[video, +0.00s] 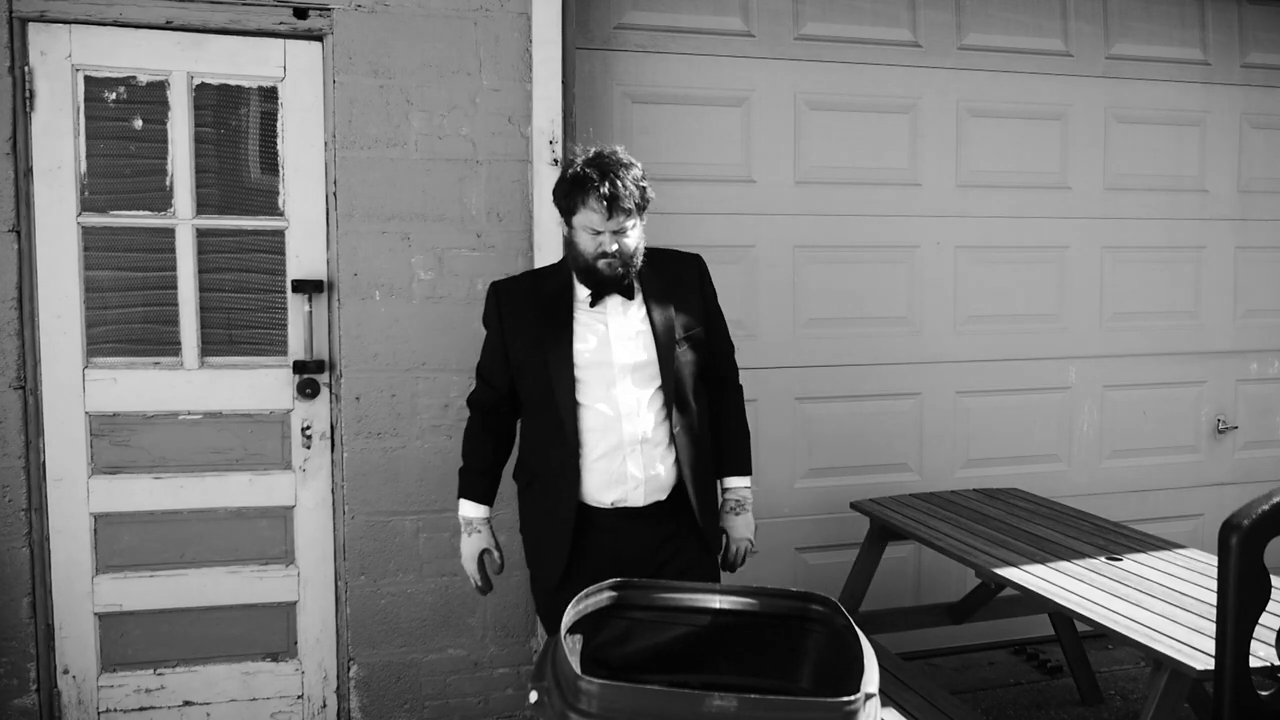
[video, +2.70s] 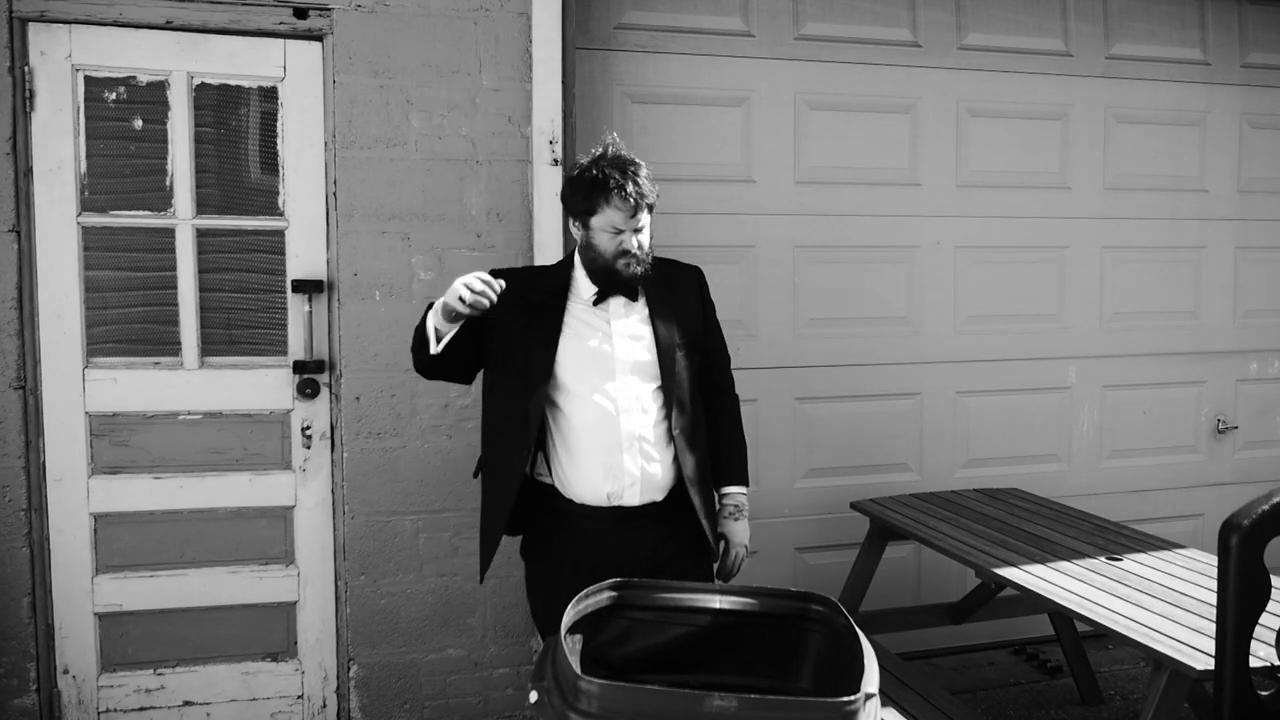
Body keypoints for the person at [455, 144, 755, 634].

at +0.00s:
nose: (610, 246)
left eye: (624, 230)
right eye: (593, 232)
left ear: (643, 222)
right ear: (567, 227)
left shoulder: (684, 279)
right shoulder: (517, 302)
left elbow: (722, 387)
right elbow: (492, 410)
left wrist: (738, 498)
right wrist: (474, 518)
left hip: (677, 528)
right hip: (573, 535)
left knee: (682, 692)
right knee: (586, 700)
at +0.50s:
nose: (613, 243)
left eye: (625, 228)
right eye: (597, 229)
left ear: (642, 223)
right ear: (568, 223)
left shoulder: (683, 287)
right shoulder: (518, 306)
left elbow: (721, 394)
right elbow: (485, 404)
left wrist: (738, 500)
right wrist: (470, 483)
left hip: (675, 529)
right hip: (570, 536)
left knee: (680, 696)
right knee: (585, 703)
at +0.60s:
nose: (611, 245)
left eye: (624, 229)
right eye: (595, 231)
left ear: (642, 221)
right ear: (568, 225)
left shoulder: (683, 287)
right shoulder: (518, 305)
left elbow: (722, 395)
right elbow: (466, 387)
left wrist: (737, 502)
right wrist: (459, 401)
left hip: (674, 527)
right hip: (570, 535)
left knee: (683, 693)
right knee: (585, 696)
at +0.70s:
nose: (609, 247)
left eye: (621, 231)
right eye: (592, 234)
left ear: (639, 223)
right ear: (565, 229)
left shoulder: (682, 287)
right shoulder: (523, 298)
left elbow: (720, 393)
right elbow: (452, 370)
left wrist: (737, 501)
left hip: (672, 525)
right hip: (569, 533)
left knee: (678, 690)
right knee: (581, 691)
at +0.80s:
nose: (605, 250)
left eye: (618, 233)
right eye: (587, 238)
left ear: (636, 222)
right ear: (561, 233)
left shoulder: (679, 286)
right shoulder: (524, 291)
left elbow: (719, 393)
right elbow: (448, 323)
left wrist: (738, 499)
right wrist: (500, 226)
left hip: (671, 527)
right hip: (568, 533)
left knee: (677, 693)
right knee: (580, 693)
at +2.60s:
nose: (621, 250)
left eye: (631, 232)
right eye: (603, 236)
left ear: (645, 224)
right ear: (570, 231)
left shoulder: (681, 287)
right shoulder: (521, 290)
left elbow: (719, 396)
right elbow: (428, 314)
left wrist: (733, 504)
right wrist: (481, 234)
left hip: (670, 528)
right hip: (566, 531)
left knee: (675, 695)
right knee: (577, 693)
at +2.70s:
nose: (637, 246)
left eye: (643, 228)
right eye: (619, 232)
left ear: (652, 221)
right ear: (578, 229)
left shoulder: (682, 288)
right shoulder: (519, 295)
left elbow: (719, 397)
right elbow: (435, 363)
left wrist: (734, 504)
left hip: (670, 527)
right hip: (566, 532)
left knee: (676, 694)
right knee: (577, 693)